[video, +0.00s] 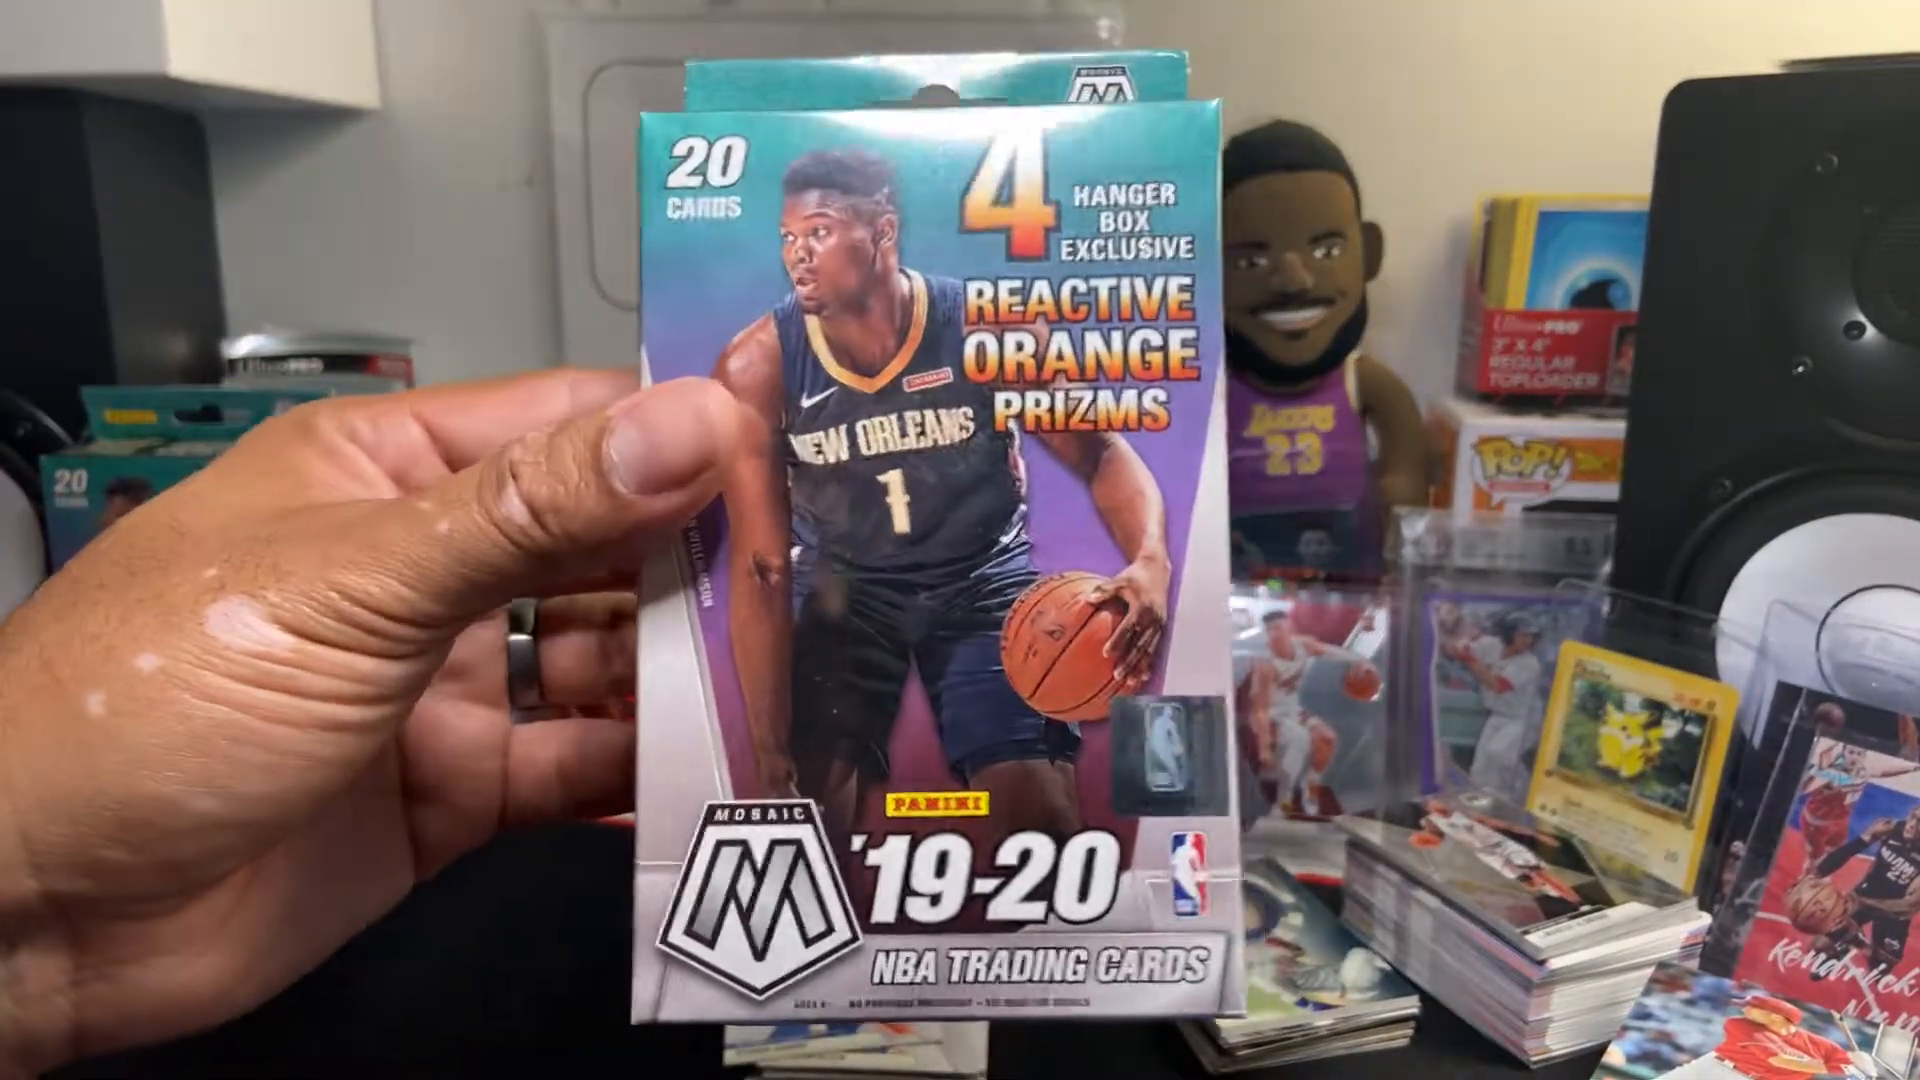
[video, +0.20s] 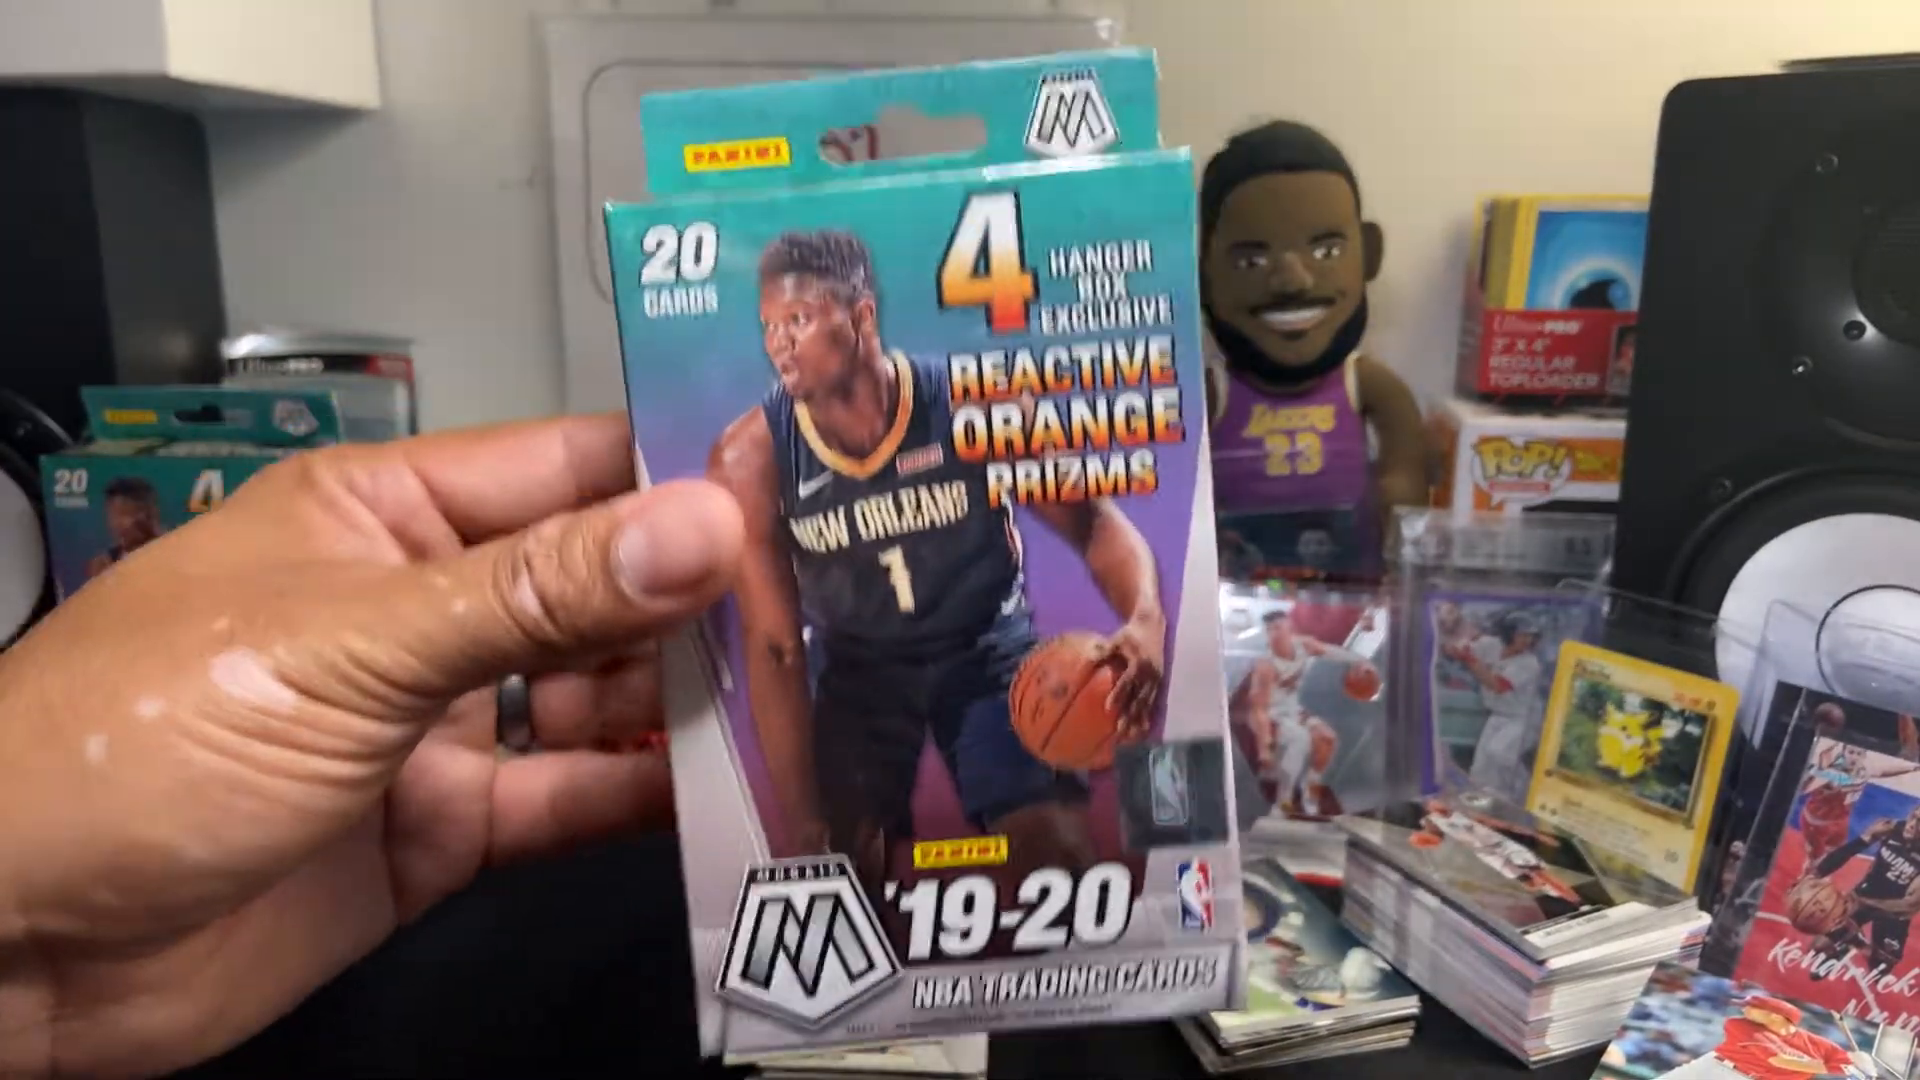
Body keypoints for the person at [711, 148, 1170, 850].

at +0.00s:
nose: (798, 255)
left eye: (819, 234)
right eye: (790, 239)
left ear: (884, 233)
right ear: (782, 250)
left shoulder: (982, 327)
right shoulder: (760, 364)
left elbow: (1099, 454)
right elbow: (761, 571)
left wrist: (1152, 559)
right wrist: (769, 755)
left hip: (986, 582)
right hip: (848, 593)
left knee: (1031, 802)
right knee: (814, 800)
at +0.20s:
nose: (779, 345)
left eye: (799, 320)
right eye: (769, 326)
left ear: (863, 320)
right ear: (762, 335)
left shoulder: (968, 404)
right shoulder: (752, 457)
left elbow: (1090, 521)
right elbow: (774, 651)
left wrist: (1145, 618)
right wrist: (800, 826)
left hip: (988, 654)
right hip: (862, 672)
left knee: (1054, 851)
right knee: (843, 871)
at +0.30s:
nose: (790, 376)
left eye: (811, 351)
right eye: (780, 357)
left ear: (876, 352)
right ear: (773, 364)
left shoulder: (976, 444)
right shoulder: (757, 487)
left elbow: (1092, 565)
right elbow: (769, 680)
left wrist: (1143, 669)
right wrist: (786, 853)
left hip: (985, 694)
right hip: (855, 707)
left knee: (1038, 893)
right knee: (824, 903)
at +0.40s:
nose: (802, 398)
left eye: (823, 375)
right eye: (792, 378)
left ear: (892, 374)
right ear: (785, 383)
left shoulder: (997, 469)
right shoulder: (767, 512)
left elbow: (1113, 595)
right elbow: (780, 707)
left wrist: (1162, 694)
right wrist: (789, 884)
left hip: (996, 733)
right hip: (865, 743)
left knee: (1052, 917)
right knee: (849, 943)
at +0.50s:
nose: (862, 470)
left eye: (883, 443)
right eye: (839, 449)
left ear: (927, 451)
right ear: (814, 466)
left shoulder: (1026, 553)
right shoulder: (794, 588)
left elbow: (1147, 662)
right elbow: (793, 762)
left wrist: (1181, 761)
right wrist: (810, 922)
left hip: (1014, 820)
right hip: (875, 828)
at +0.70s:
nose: (832, 579)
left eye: (854, 563)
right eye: (826, 562)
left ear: (926, 563)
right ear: (813, 567)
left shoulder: (1022, 641)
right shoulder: (791, 663)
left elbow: (1151, 703)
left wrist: (1159, 755)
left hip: (986, 900)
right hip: (837, 903)